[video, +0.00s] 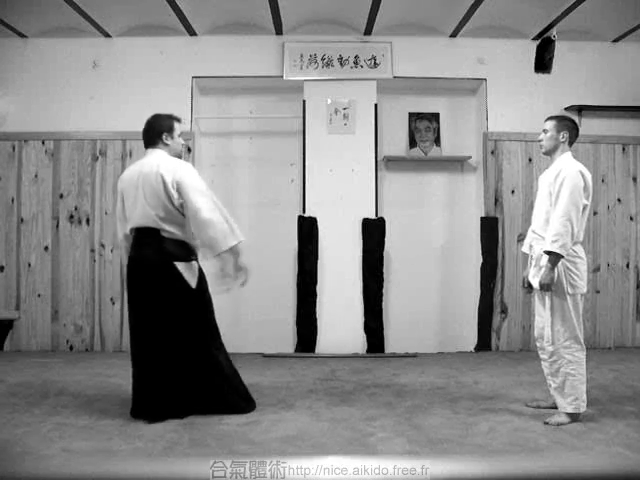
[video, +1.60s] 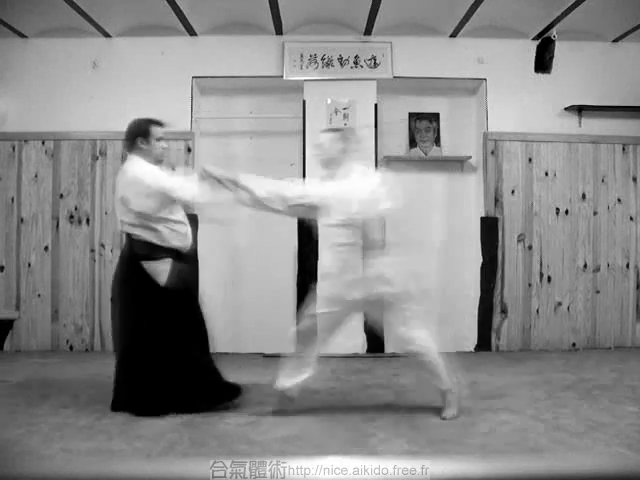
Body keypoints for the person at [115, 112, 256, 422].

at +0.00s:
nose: (184, 143)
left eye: (184, 136)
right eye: (180, 137)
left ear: (151, 140)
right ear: (165, 139)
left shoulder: (128, 175)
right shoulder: (178, 170)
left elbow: (124, 228)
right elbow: (207, 216)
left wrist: (135, 256)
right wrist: (234, 256)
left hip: (139, 258)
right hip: (174, 259)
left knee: (147, 331)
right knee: (194, 329)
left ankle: (150, 402)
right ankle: (225, 397)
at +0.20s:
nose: (190, 142)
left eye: (189, 136)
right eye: (185, 136)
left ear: (157, 140)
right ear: (169, 138)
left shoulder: (131, 174)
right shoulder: (183, 171)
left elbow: (133, 223)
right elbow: (221, 204)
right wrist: (265, 232)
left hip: (144, 258)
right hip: (178, 259)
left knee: (152, 332)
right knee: (199, 330)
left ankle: (153, 402)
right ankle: (227, 398)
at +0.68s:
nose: (213, 142)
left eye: (213, 136)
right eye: (211, 137)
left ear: (181, 139)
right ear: (199, 138)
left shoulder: (152, 172)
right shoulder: (208, 170)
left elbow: (144, 227)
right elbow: (254, 194)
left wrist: (152, 256)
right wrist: (304, 207)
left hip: (163, 259)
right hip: (200, 261)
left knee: (164, 331)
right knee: (213, 331)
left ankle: (157, 402)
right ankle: (221, 399)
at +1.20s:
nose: (220, 141)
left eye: (220, 135)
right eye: (216, 136)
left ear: (187, 139)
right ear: (200, 138)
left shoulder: (159, 169)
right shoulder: (205, 170)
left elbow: (158, 213)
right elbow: (250, 192)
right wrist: (302, 203)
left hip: (163, 251)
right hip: (194, 255)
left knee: (165, 324)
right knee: (210, 325)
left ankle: (152, 395)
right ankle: (218, 396)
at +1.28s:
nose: (207, 143)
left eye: (206, 137)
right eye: (203, 137)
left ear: (177, 140)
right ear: (190, 139)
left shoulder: (156, 171)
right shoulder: (193, 171)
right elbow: (240, 194)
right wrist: (293, 202)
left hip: (158, 252)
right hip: (187, 256)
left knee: (162, 325)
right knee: (210, 322)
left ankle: (150, 394)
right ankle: (217, 395)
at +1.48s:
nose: (179, 148)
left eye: (179, 142)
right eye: (173, 142)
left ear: (150, 145)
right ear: (155, 144)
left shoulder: (141, 172)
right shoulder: (157, 174)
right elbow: (199, 197)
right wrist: (246, 199)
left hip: (146, 256)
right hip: (165, 259)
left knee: (150, 330)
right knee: (191, 329)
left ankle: (138, 395)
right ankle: (210, 394)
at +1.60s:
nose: (165, 145)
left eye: (165, 140)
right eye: (159, 140)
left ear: (141, 143)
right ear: (141, 143)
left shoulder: (140, 169)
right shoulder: (142, 174)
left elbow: (178, 182)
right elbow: (186, 190)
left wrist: (203, 178)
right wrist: (214, 184)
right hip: (154, 260)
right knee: (174, 329)